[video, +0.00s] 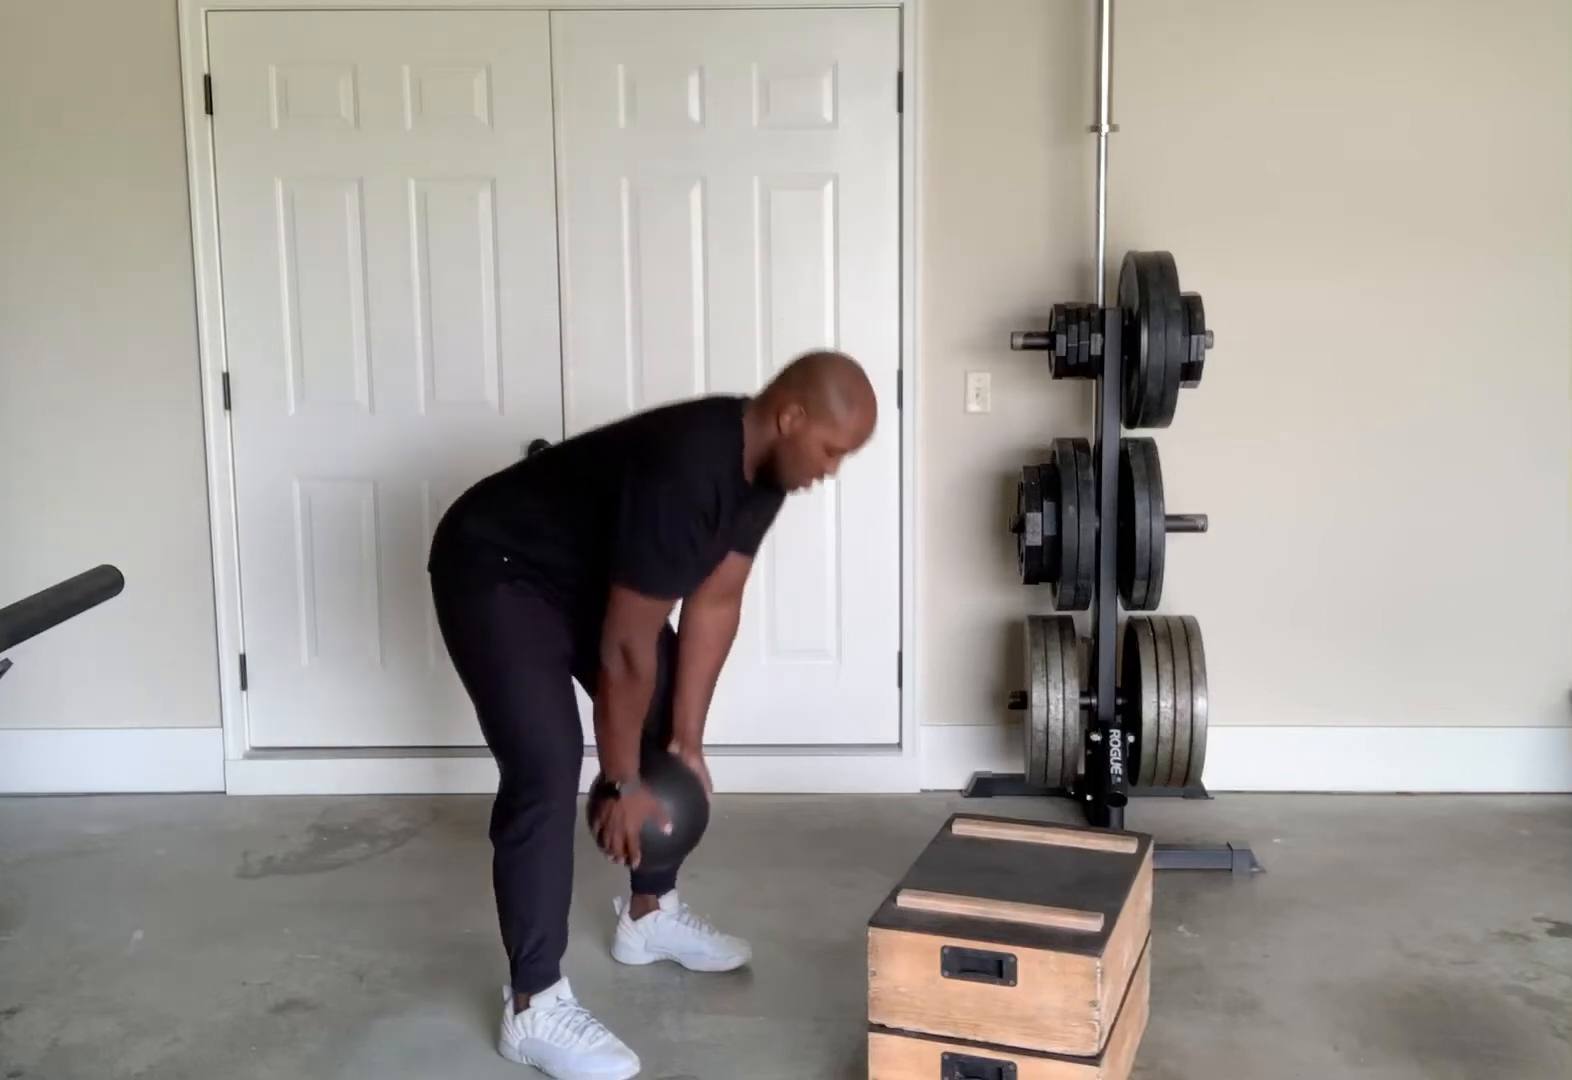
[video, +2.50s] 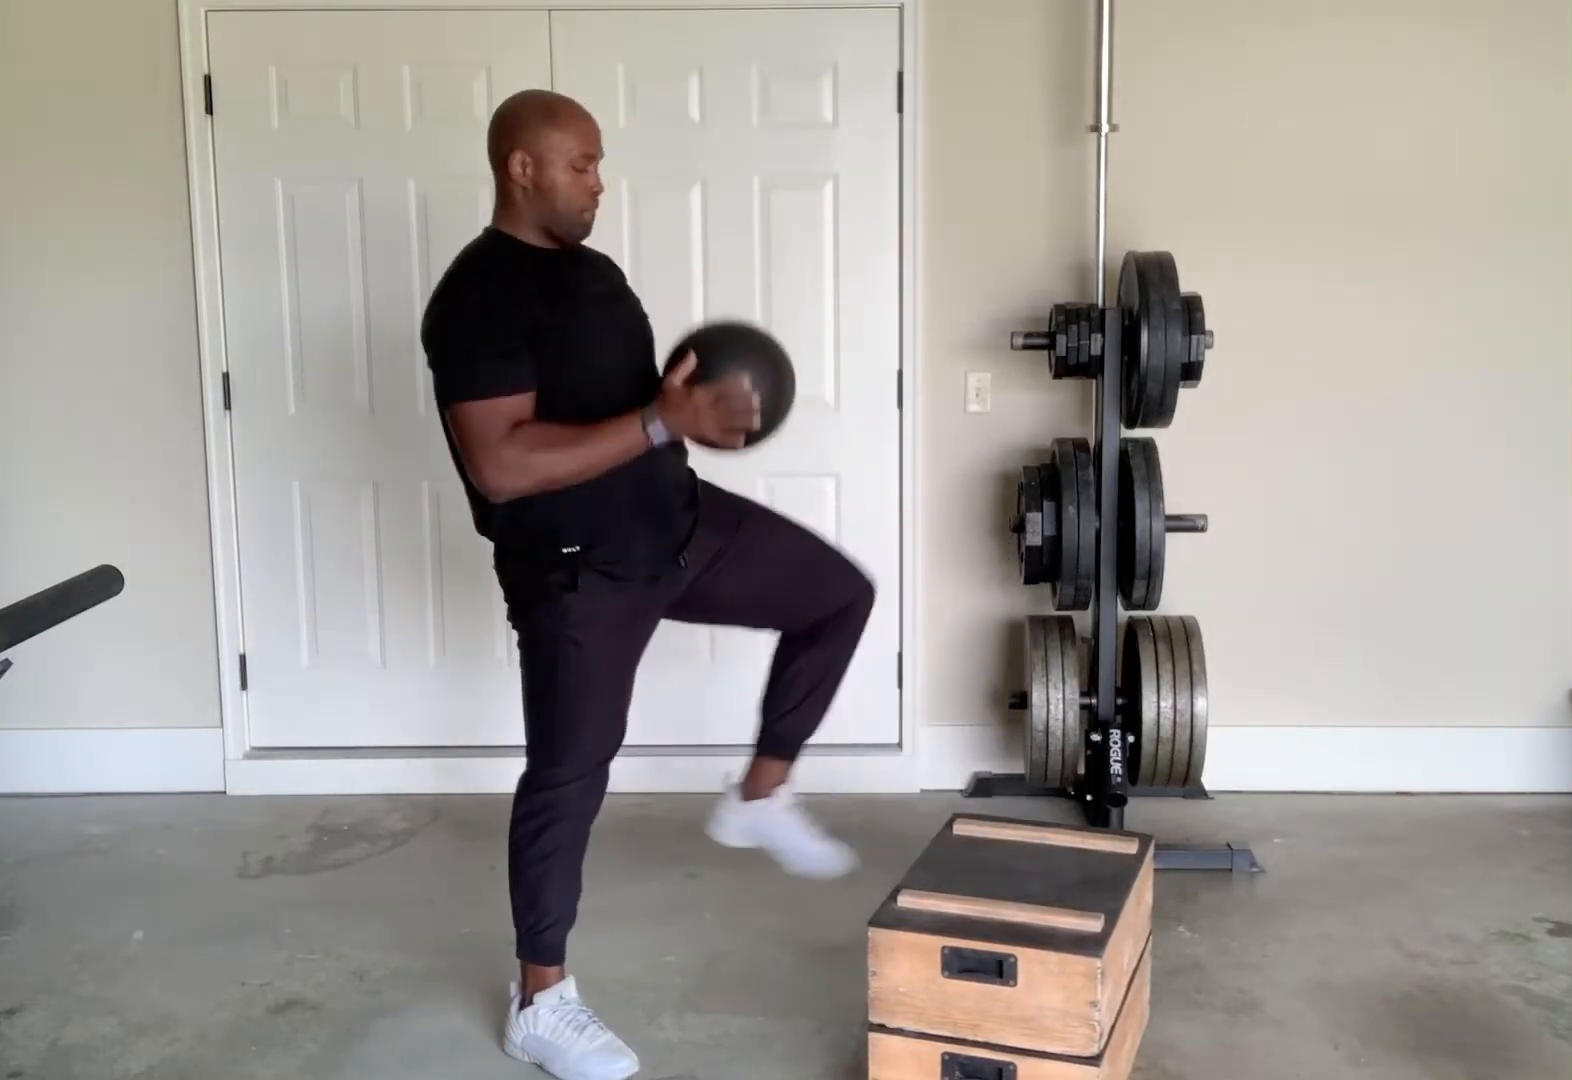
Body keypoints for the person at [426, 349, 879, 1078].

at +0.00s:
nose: (832, 469)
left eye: (844, 457)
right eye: (831, 450)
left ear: (792, 419)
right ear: (788, 416)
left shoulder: (766, 472)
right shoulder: (687, 465)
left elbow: (717, 602)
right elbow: (625, 651)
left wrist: (687, 743)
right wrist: (618, 781)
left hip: (581, 573)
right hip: (492, 566)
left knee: (673, 707)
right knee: (543, 765)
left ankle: (649, 914)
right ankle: (534, 1001)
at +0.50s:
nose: (844, 526)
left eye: (852, 512)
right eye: (841, 506)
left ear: (798, 472)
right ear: (794, 472)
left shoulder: (765, 522)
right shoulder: (692, 521)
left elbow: (705, 649)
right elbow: (618, 701)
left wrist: (663, 788)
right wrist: (596, 831)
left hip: (565, 583)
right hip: (478, 577)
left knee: (676, 716)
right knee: (549, 780)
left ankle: (645, 914)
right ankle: (533, 1004)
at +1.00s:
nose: (794, 315)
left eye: (792, 296)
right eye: (778, 296)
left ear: (731, 313)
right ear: (718, 310)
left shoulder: (736, 409)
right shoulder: (647, 403)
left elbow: (698, 531)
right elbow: (573, 577)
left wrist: (718, 658)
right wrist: (666, 700)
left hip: (602, 567)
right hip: (502, 570)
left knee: (682, 717)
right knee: (580, 778)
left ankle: (649, 915)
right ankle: (536, 1002)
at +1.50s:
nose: (774, 158)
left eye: (772, 140)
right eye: (754, 141)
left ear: (752, 150)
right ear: (697, 147)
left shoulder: (749, 227)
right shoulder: (646, 212)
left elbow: (747, 72)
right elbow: (665, 35)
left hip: (789, 515)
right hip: (673, 537)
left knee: (953, 577)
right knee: (611, 766)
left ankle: (957, 814)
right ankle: (548, 991)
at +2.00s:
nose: (760, 146)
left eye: (767, 127)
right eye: (735, 123)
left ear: (763, 134)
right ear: (678, 126)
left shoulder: (741, 210)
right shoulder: (635, 210)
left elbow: (782, 95)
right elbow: (668, 30)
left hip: (816, 504)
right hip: (700, 529)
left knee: (980, 582)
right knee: (646, 758)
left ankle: (959, 812)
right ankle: (562, 977)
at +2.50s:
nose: (599, 183)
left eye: (599, 165)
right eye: (581, 165)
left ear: (553, 172)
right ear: (517, 171)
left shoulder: (587, 268)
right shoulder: (473, 299)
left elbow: (604, 403)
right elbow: (497, 467)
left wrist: (691, 410)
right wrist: (658, 420)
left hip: (672, 524)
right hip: (574, 574)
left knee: (839, 595)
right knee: (568, 776)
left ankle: (761, 795)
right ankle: (541, 994)